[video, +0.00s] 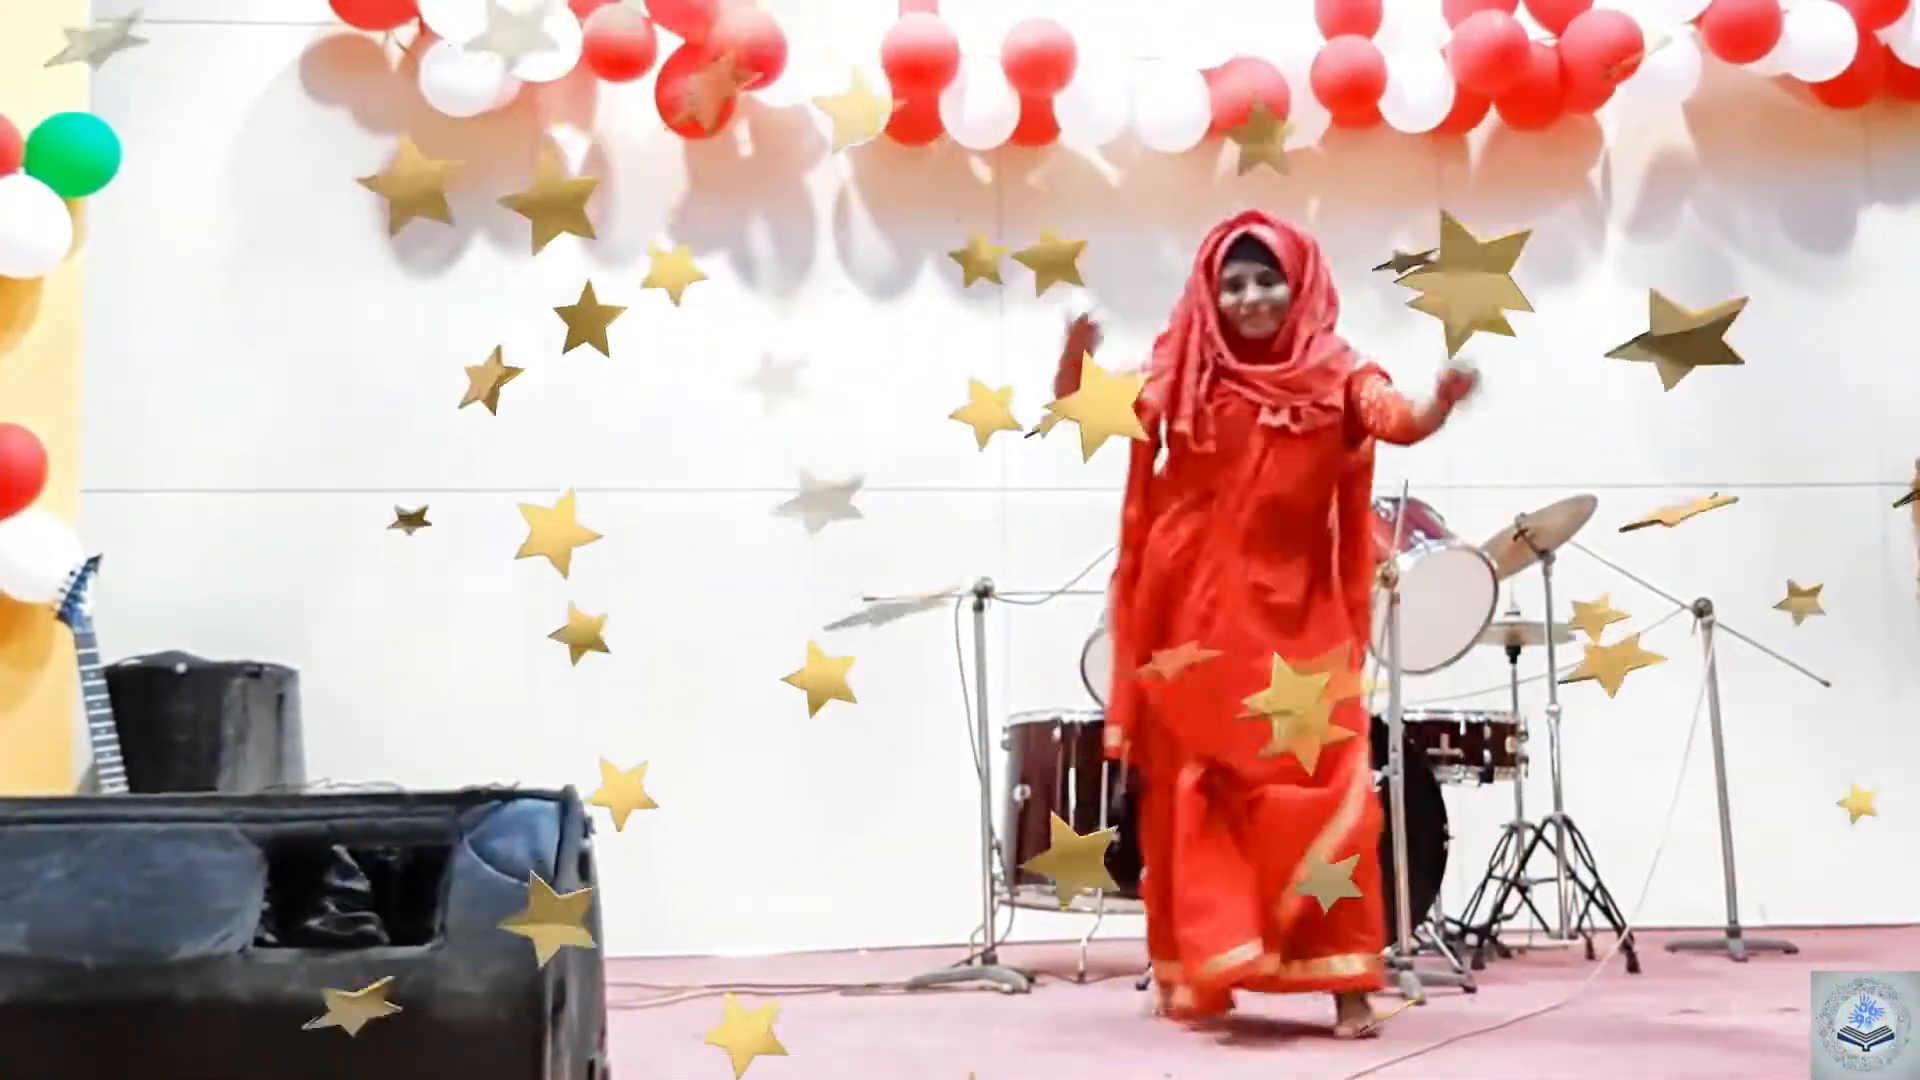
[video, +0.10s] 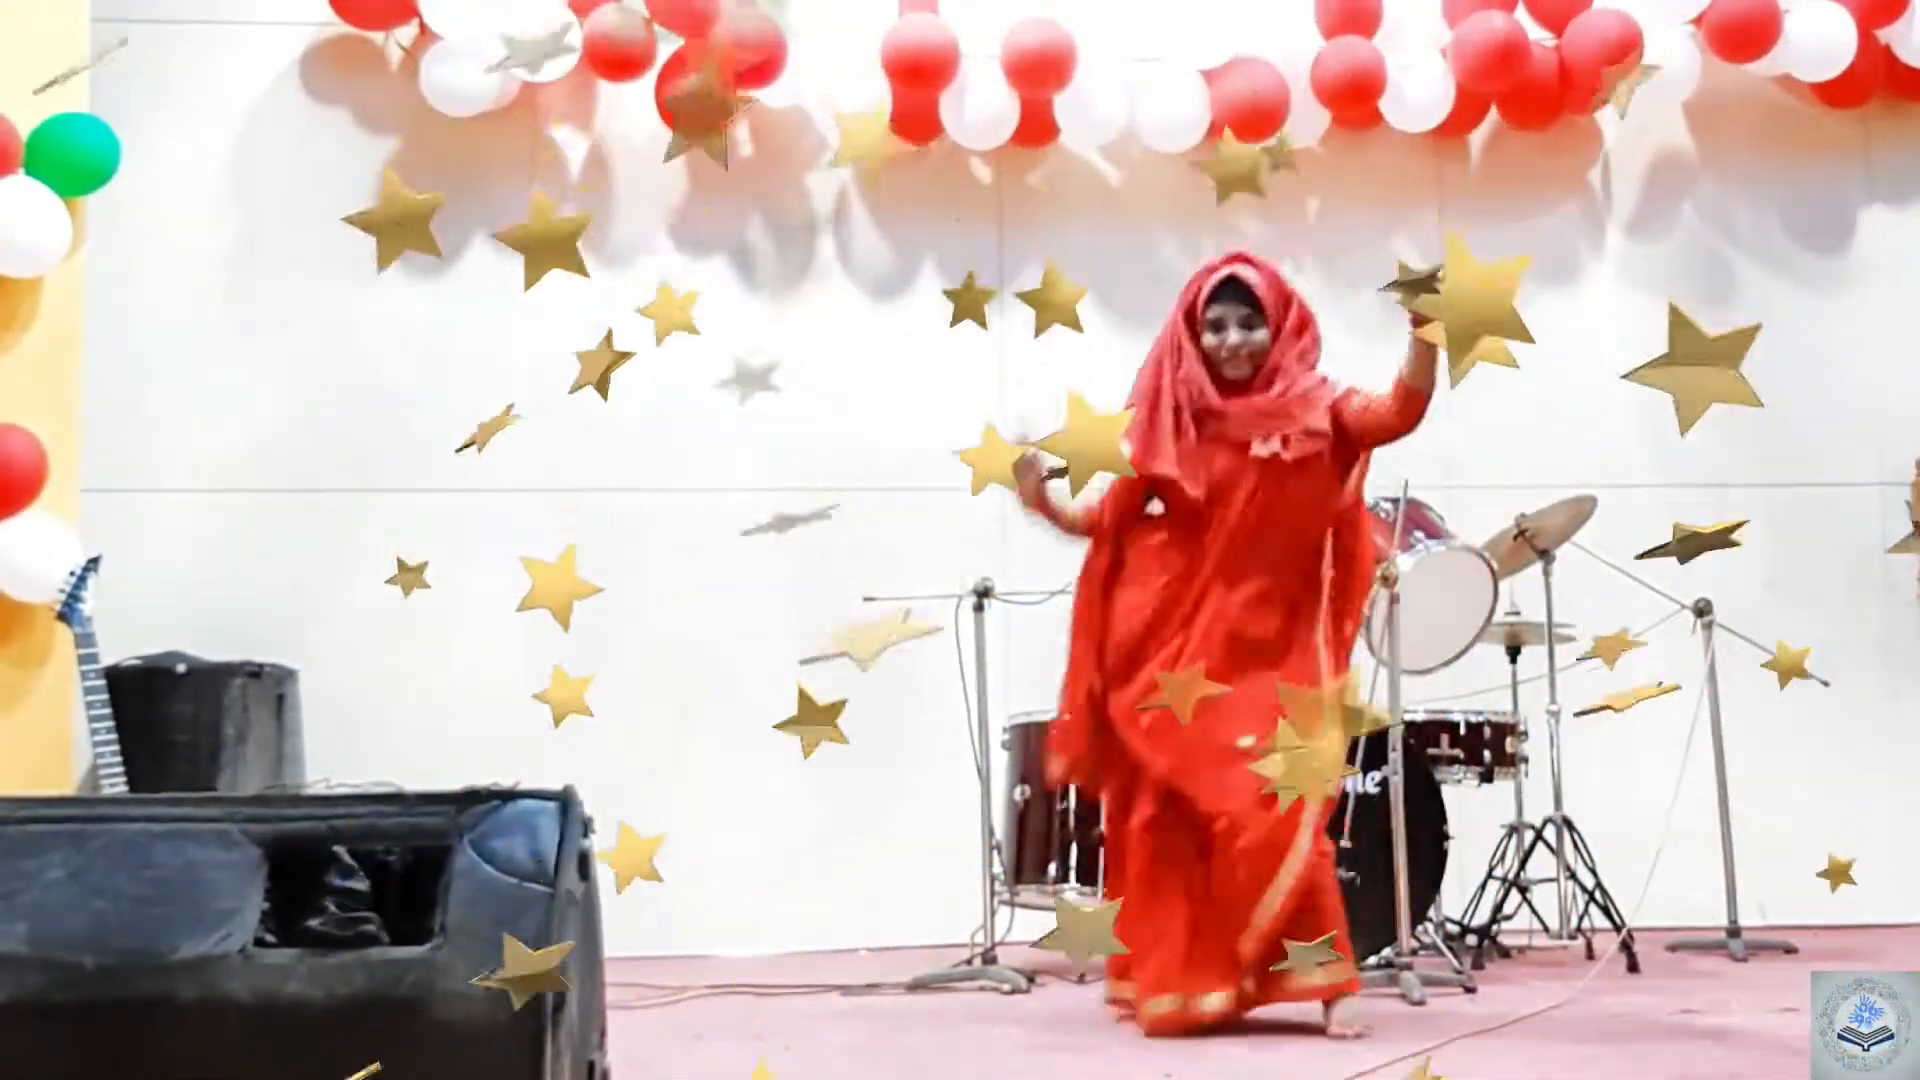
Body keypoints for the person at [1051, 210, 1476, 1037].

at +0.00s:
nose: (1249, 298)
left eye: (1265, 283)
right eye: (1234, 284)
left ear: (1298, 291)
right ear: (1211, 293)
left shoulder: (1337, 373)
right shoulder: (1183, 376)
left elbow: (1394, 419)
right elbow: (1087, 411)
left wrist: (1436, 406)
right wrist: (1075, 366)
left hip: (1309, 609)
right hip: (1198, 604)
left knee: (1333, 789)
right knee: (1191, 787)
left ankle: (1352, 981)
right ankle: (1193, 972)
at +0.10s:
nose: (1234, 340)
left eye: (1249, 323)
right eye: (1217, 325)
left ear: (1277, 328)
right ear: (1194, 336)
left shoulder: (1318, 413)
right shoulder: (1173, 427)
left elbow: (1400, 414)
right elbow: (1104, 520)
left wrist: (1425, 328)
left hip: (1279, 648)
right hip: (1173, 646)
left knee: (1278, 814)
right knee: (1169, 815)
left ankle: (1334, 988)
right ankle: (1176, 985)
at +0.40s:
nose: (1231, 292)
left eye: (1247, 277)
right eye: (1213, 279)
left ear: (1271, 289)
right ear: (1186, 294)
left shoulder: (1309, 391)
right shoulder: (1152, 374)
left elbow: (1379, 461)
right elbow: (1078, 429)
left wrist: (1429, 470)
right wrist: (1052, 423)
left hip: (1271, 623)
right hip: (1165, 620)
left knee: (1273, 797)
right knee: (1165, 797)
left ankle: (1272, 981)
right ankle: (1159, 972)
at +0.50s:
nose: (1245, 288)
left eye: (1257, 273)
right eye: (1226, 279)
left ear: (1286, 284)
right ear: (1201, 297)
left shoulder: (1321, 388)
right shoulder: (1177, 365)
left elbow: (1385, 476)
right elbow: (1100, 404)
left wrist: (1369, 498)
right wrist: (1153, 424)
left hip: (1294, 613)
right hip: (1191, 609)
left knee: (1290, 796)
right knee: (1183, 786)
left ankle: (1277, 994)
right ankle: (1157, 965)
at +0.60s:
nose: (1253, 301)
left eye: (1264, 285)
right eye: (1234, 293)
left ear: (1295, 294)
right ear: (1210, 310)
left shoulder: (1333, 388)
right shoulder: (1200, 377)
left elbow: (1405, 441)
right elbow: (1169, 377)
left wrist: (1369, 382)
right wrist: (1246, 351)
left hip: (1315, 602)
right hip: (1213, 602)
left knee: (1318, 793)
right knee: (1244, 773)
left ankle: (1277, 991)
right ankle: (1162, 905)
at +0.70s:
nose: (1258, 284)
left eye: (1270, 270)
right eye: (1243, 277)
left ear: (1303, 288)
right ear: (1227, 305)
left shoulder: (1342, 383)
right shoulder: (1212, 377)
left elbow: (1416, 358)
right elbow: (1185, 305)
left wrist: (1406, 270)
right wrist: (1237, 227)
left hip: (1322, 603)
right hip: (1224, 601)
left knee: (1351, 759)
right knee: (1288, 751)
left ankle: (1280, 963)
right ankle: (1238, 942)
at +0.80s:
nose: (1257, 260)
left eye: (1269, 246)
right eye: (1240, 257)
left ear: (1311, 262)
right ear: (1225, 284)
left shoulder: (1366, 352)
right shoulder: (1227, 344)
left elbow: (1444, 319)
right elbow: (1174, 276)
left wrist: (1458, 219)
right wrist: (1181, 167)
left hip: (1347, 593)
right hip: (1251, 594)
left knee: (1408, 740)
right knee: (1335, 763)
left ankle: (1291, 941)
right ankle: (1290, 977)